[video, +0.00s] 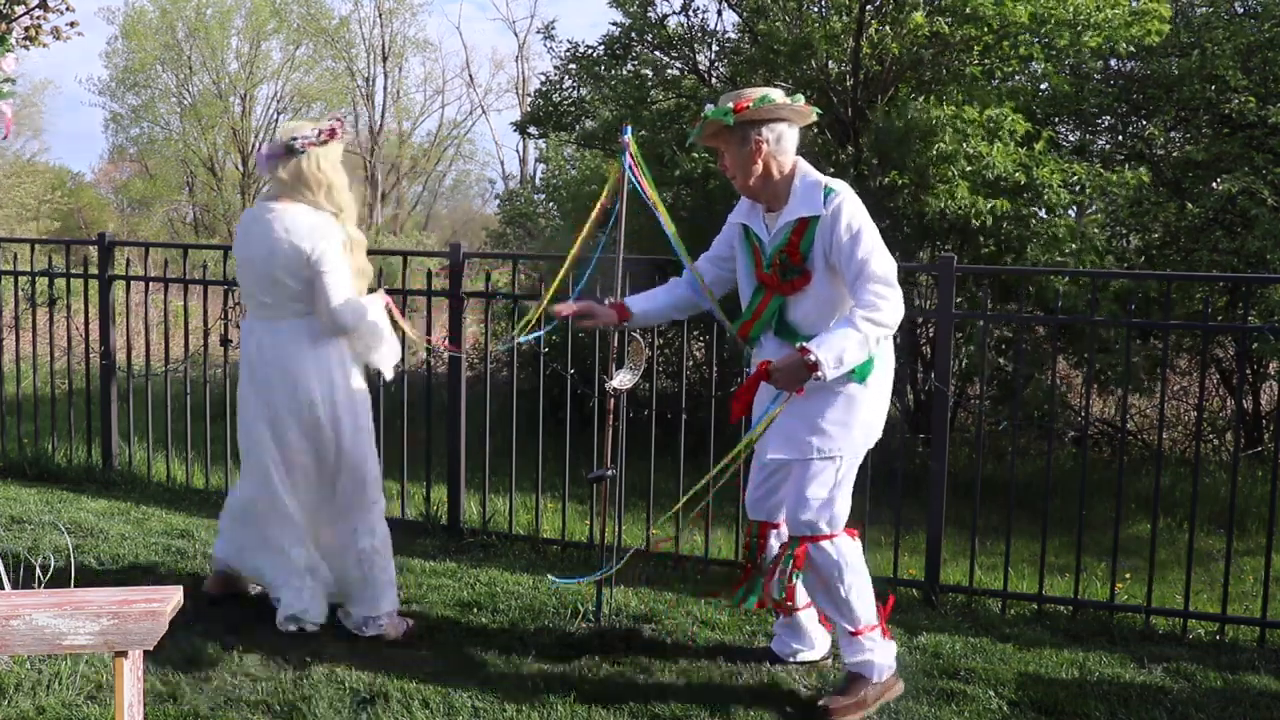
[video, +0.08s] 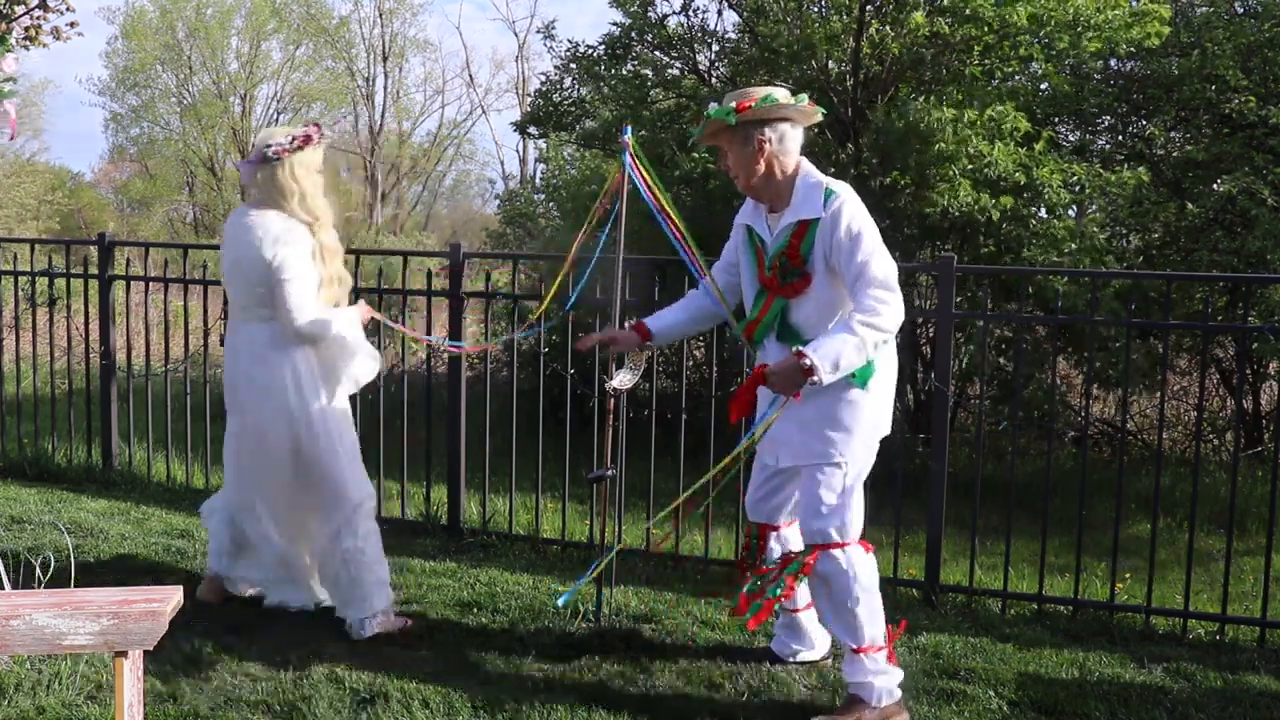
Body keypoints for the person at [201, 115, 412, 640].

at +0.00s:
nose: (343, 178)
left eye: (339, 168)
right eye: (337, 169)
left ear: (278, 171)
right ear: (323, 174)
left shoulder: (251, 223)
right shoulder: (319, 230)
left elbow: (277, 289)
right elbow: (341, 310)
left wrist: (359, 296)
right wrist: (378, 308)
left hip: (260, 354)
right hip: (313, 359)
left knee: (261, 469)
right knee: (353, 477)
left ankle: (226, 568)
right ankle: (372, 609)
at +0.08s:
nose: (237, 180)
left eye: (244, 174)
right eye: (315, 175)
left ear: (259, 180)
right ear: (299, 180)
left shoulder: (238, 227)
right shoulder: (286, 236)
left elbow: (253, 302)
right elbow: (302, 321)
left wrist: (329, 305)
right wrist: (353, 316)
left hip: (244, 377)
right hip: (289, 379)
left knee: (247, 479)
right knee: (346, 489)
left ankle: (217, 579)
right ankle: (371, 613)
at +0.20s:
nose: (298, 179)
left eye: (299, 170)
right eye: (289, 171)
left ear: (270, 176)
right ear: (262, 175)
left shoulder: (241, 222)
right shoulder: (249, 229)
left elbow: (270, 302)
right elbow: (249, 314)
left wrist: (317, 328)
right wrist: (311, 328)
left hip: (233, 371)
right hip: (262, 375)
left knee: (240, 474)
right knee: (323, 475)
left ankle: (219, 577)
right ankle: (332, 596)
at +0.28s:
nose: (282, 173)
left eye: (286, 164)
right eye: (272, 164)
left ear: (288, 169)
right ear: (244, 169)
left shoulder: (267, 221)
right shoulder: (225, 224)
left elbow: (279, 293)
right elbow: (226, 304)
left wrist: (316, 320)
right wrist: (287, 324)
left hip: (267, 363)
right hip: (237, 371)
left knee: (237, 470)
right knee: (272, 470)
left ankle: (213, 576)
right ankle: (279, 589)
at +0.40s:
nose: (266, 166)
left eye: (271, 157)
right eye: (255, 158)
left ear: (277, 163)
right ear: (228, 165)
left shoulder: (272, 222)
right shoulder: (205, 217)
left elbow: (281, 290)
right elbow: (202, 298)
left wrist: (305, 313)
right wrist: (270, 314)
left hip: (264, 362)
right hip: (220, 364)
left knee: (255, 468)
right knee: (218, 467)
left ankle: (229, 581)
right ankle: (207, 582)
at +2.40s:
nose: (233, 159)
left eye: (237, 150)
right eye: (221, 150)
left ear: (241, 158)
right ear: (191, 156)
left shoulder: (238, 214)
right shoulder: (175, 211)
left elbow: (255, 282)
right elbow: (218, 274)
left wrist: (303, 287)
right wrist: (298, 276)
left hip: (239, 353)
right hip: (193, 354)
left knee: (238, 459)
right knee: (196, 464)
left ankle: (230, 571)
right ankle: (188, 586)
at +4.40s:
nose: (265, 168)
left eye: (267, 160)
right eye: (254, 162)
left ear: (272, 166)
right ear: (226, 170)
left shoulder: (270, 225)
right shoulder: (211, 226)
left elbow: (310, 277)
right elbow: (255, 282)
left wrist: (359, 276)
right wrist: (334, 273)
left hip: (278, 363)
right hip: (234, 366)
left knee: (278, 456)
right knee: (229, 468)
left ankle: (270, 547)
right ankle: (199, 589)